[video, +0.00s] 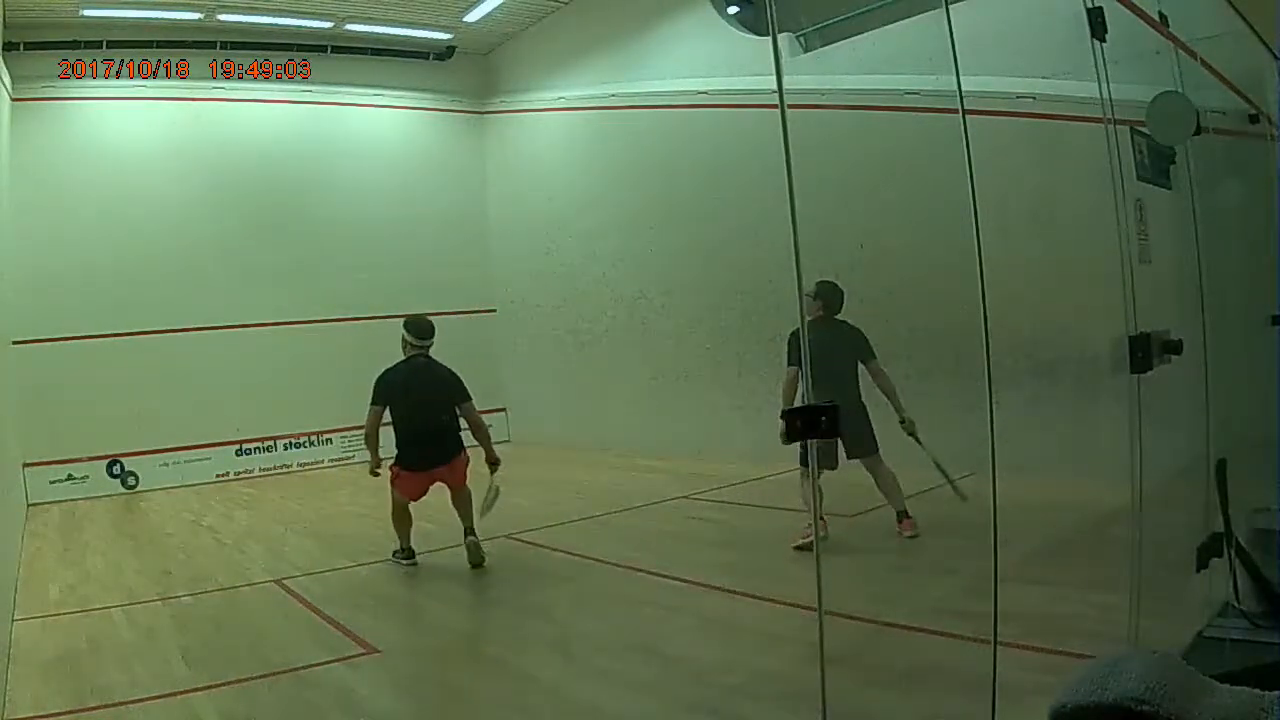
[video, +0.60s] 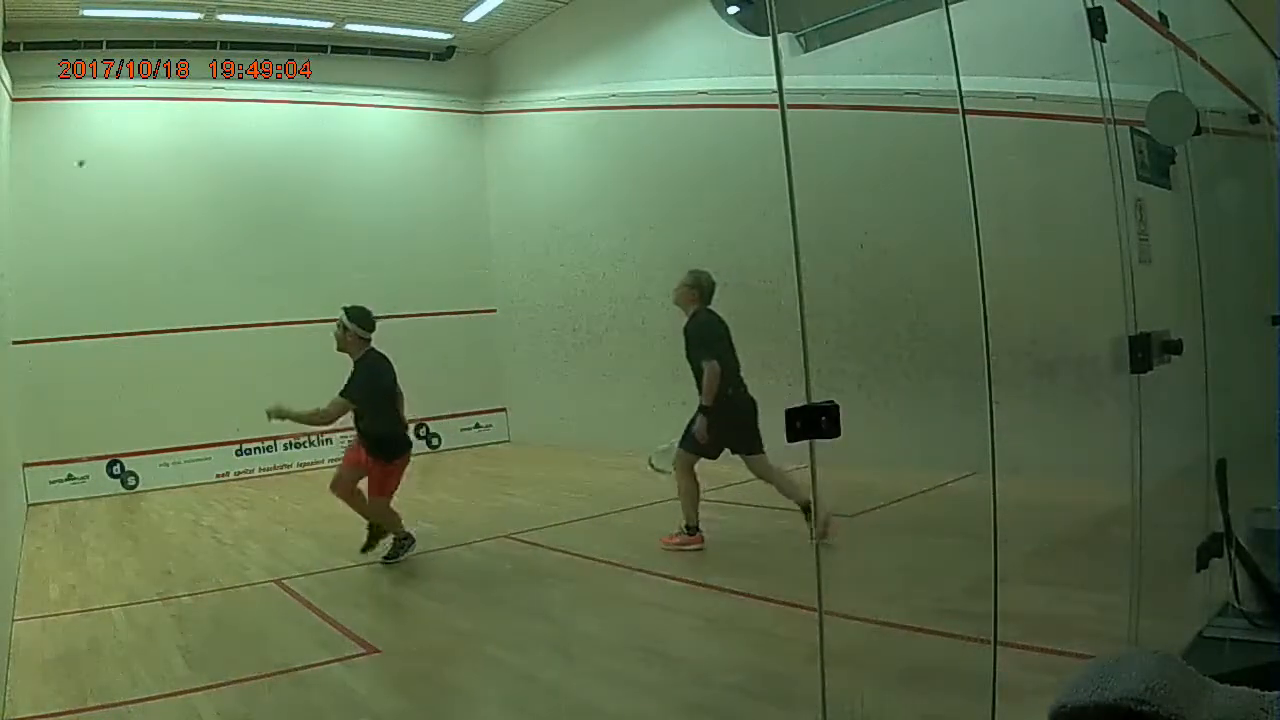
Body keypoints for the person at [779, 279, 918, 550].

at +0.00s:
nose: (805, 303)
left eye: (809, 299)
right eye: (807, 298)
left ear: (819, 304)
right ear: (835, 306)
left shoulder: (799, 336)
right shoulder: (852, 333)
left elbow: (792, 378)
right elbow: (877, 374)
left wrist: (786, 418)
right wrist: (902, 414)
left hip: (816, 418)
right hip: (852, 413)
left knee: (808, 474)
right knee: (875, 465)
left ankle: (816, 525)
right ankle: (905, 519)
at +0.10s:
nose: (799, 291)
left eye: (799, 285)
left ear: (800, 288)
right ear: (825, 289)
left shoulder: (786, 321)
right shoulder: (839, 319)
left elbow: (786, 360)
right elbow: (860, 364)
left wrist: (788, 394)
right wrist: (877, 403)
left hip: (802, 412)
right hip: (839, 408)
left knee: (794, 470)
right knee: (868, 459)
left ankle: (814, 524)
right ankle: (901, 515)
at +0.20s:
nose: (774, 267)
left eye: (778, 263)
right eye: (776, 262)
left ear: (788, 269)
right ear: (804, 271)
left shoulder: (770, 300)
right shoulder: (821, 303)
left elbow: (776, 333)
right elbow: (837, 348)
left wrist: (782, 373)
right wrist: (850, 388)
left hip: (787, 396)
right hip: (824, 393)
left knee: (784, 458)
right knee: (844, 450)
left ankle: (809, 520)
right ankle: (870, 510)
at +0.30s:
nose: (757, 261)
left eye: (762, 258)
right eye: (761, 257)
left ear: (773, 265)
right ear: (785, 267)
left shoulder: (758, 295)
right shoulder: (806, 300)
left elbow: (767, 332)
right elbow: (817, 345)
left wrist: (774, 374)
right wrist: (824, 384)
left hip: (780, 384)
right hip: (814, 383)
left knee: (770, 452)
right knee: (822, 448)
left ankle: (800, 511)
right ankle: (838, 515)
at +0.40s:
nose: (732, 277)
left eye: (737, 273)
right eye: (736, 272)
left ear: (748, 280)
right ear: (757, 282)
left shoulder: (749, 312)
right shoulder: (773, 309)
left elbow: (758, 357)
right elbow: (782, 356)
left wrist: (760, 403)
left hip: (766, 397)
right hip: (791, 394)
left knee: (736, 456)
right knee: (808, 461)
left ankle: (747, 526)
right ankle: (829, 528)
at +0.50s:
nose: (709, 289)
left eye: (713, 286)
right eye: (712, 285)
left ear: (724, 294)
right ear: (731, 296)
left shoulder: (730, 326)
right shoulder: (745, 322)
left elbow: (746, 370)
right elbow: (757, 367)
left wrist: (738, 415)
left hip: (749, 409)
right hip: (772, 407)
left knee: (708, 459)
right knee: (798, 468)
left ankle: (699, 529)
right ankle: (830, 528)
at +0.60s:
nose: (675, 289)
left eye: (681, 286)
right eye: (678, 285)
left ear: (693, 294)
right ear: (697, 295)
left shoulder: (697, 325)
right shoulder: (713, 320)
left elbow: (712, 369)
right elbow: (725, 365)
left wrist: (703, 412)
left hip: (720, 408)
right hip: (742, 405)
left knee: (683, 463)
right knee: (762, 467)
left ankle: (691, 531)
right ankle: (812, 510)